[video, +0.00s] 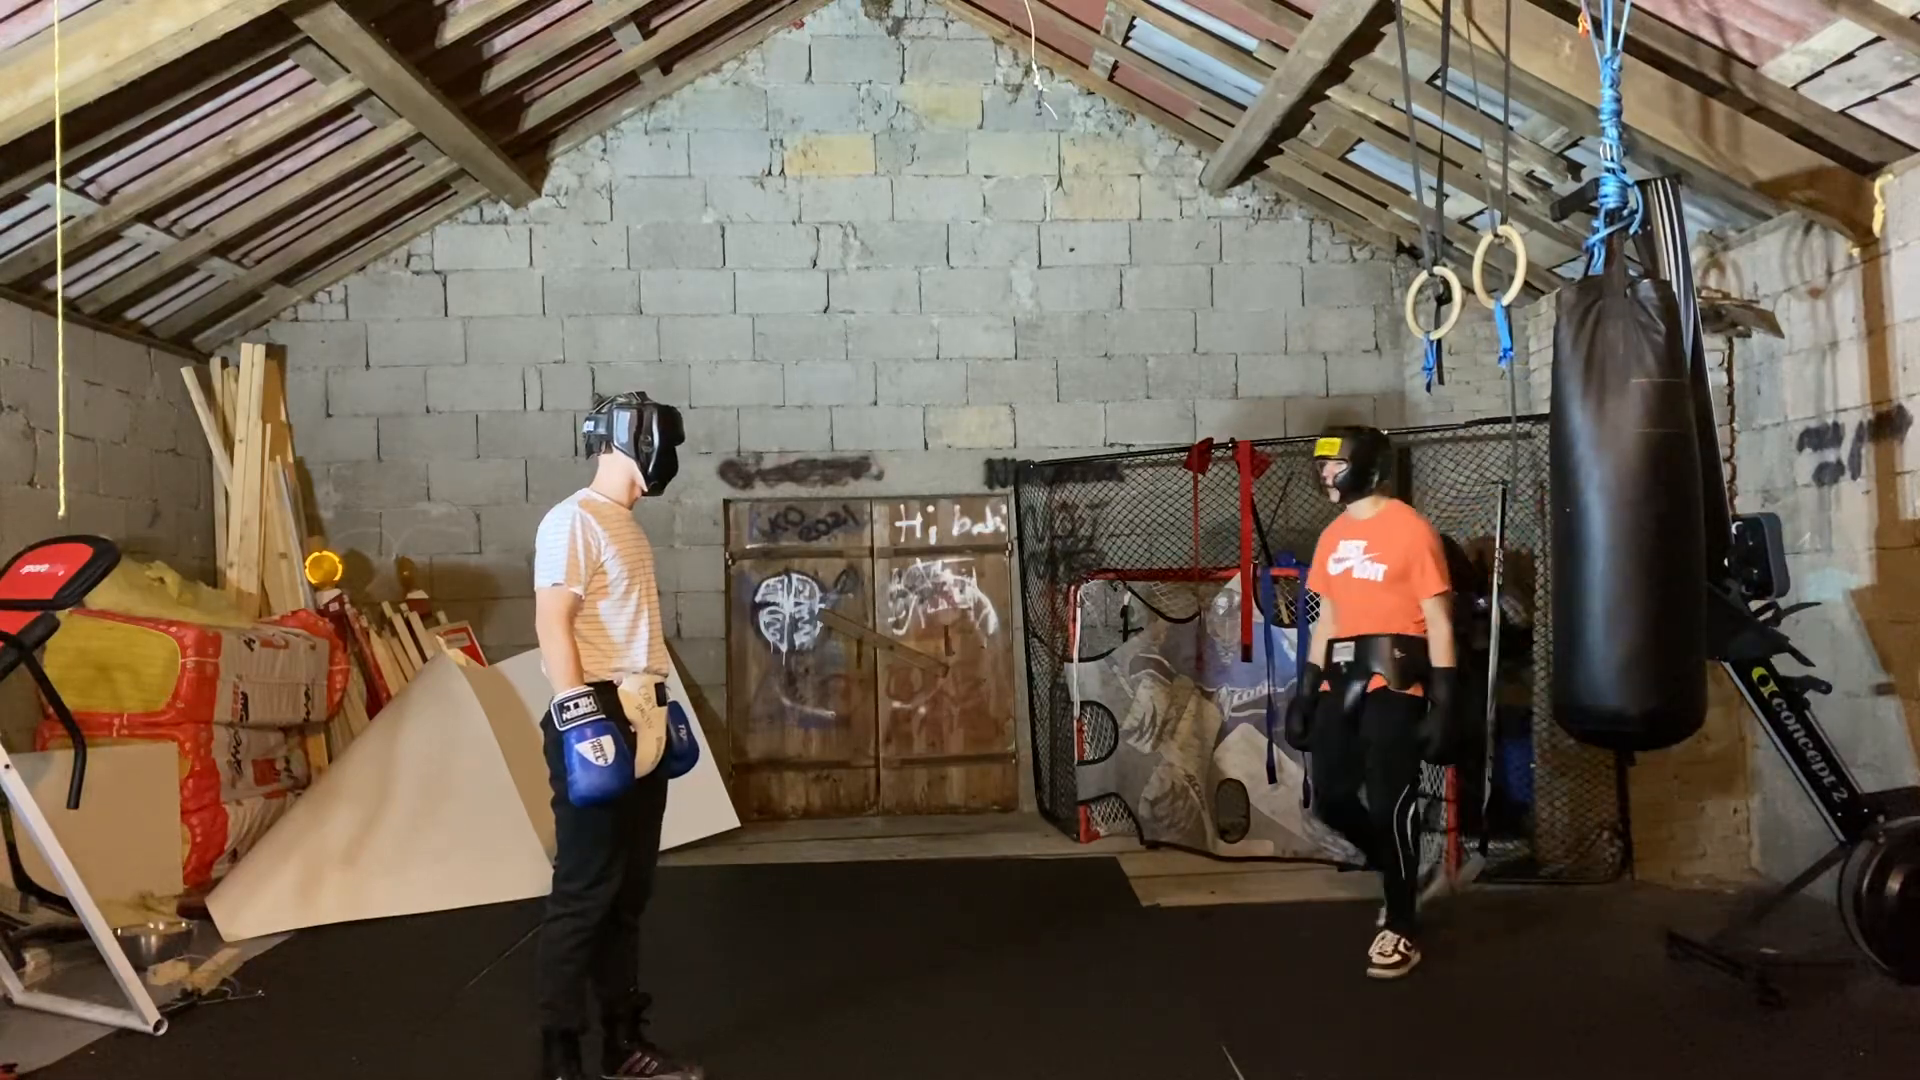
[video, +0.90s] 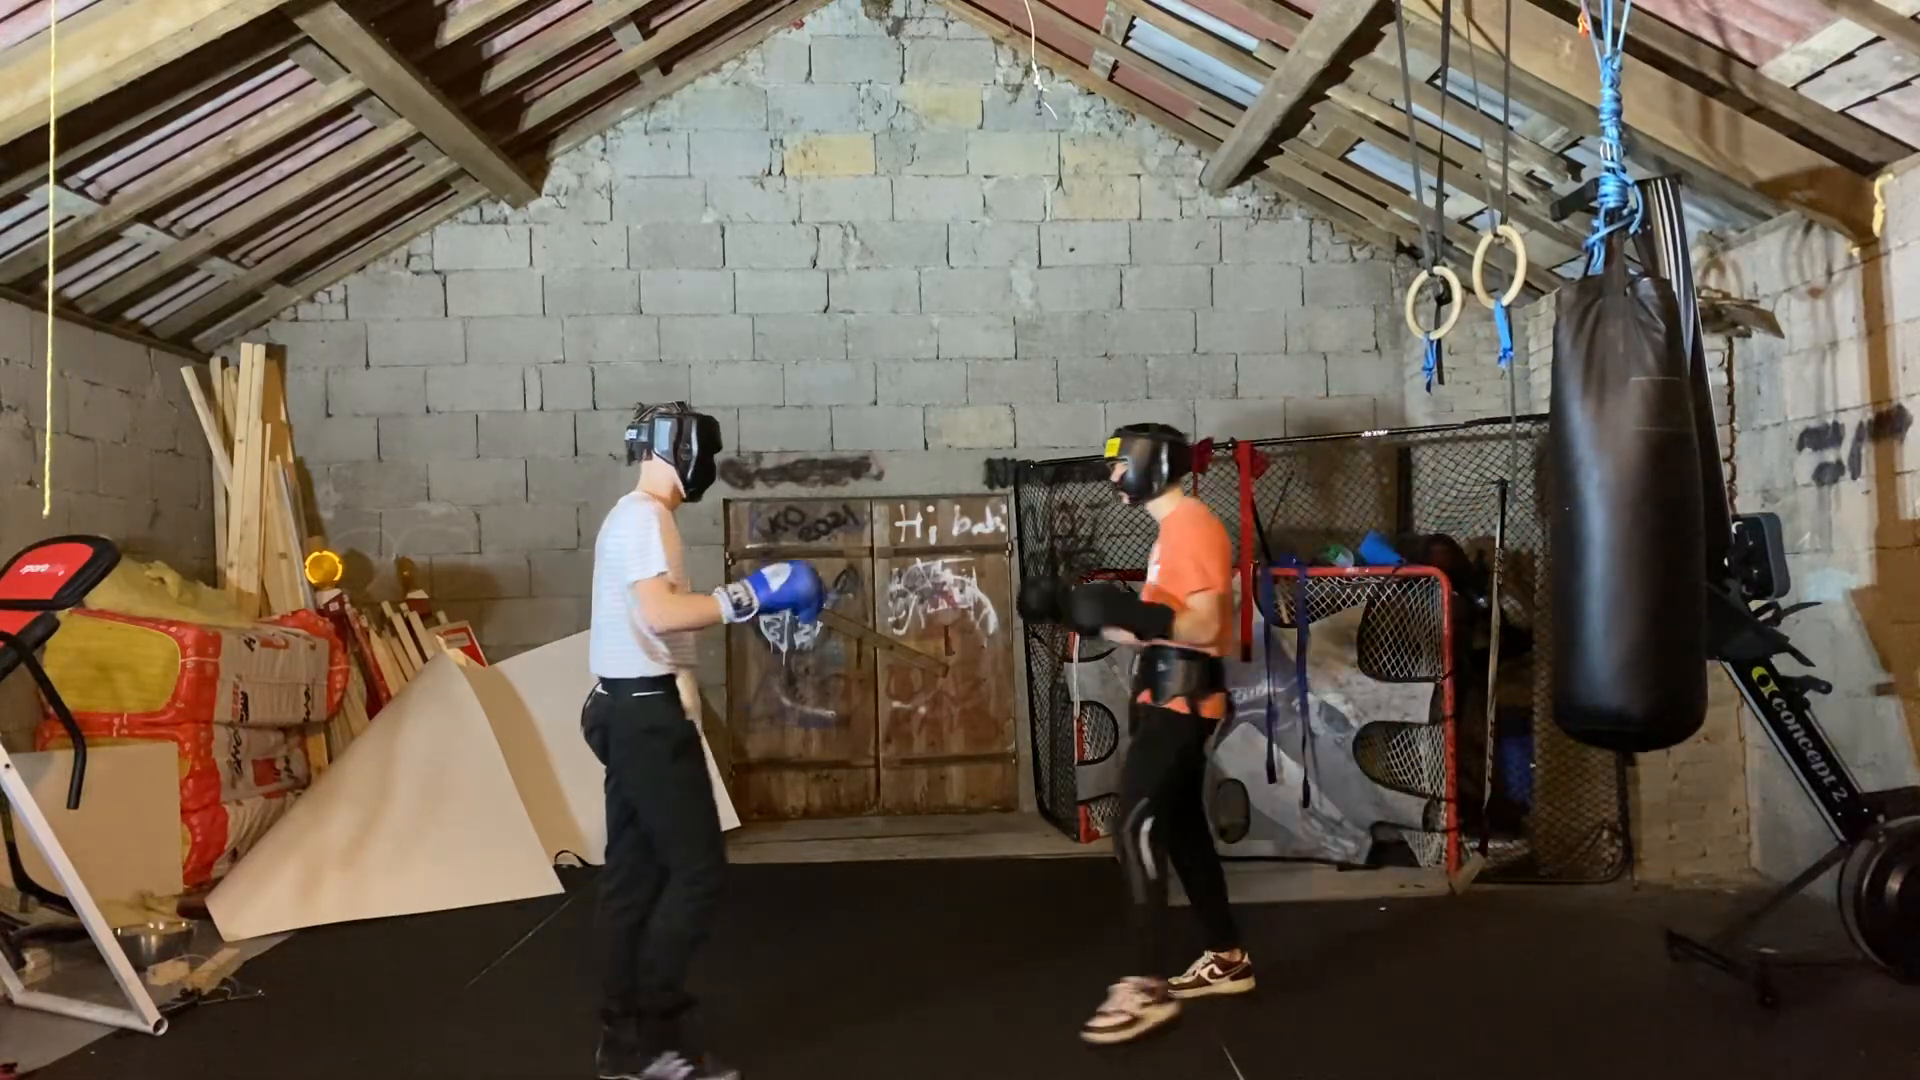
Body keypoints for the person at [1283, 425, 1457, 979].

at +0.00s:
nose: (1325, 472)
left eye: (1335, 461)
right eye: (1322, 462)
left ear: (1366, 463)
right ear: (1329, 470)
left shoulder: (1411, 528)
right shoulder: (1332, 534)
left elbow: (1438, 619)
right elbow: (1325, 617)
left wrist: (1444, 708)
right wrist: (1306, 689)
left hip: (1398, 681)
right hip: (1343, 681)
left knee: (1389, 806)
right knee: (1331, 800)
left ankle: (1398, 928)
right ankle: (1398, 868)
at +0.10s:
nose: (1306, 470)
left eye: (1316, 459)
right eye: (1305, 460)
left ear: (1348, 463)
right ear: (1314, 467)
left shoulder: (1391, 522)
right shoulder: (1316, 530)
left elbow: (1422, 609)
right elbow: (1316, 615)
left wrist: (1422, 699)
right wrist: (1308, 684)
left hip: (1383, 680)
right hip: (1327, 681)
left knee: (1386, 812)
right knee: (1303, 797)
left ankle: (1401, 930)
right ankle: (1354, 902)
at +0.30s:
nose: (1256, 478)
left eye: (1266, 467)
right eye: (1255, 468)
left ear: (1299, 471)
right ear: (1269, 474)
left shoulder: (1347, 527)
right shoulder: (1271, 543)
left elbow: (1381, 615)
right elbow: (1281, 625)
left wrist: (1370, 692)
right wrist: (1276, 691)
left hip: (1348, 683)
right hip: (1292, 690)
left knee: (1376, 816)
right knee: (1278, 819)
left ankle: (1397, 929)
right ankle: (1249, 937)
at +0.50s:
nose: (1194, 482)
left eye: (1203, 470)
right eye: (1193, 471)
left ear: (1237, 472)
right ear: (1218, 477)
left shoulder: (1289, 529)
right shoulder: (1220, 549)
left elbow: (1326, 619)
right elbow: (1222, 630)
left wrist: (1310, 695)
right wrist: (1214, 696)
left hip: (1288, 693)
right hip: (1232, 699)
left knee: (1314, 826)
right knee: (1219, 828)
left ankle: (1381, 915)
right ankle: (1230, 955)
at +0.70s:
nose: (1149, 477)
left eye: (1157, 465)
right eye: (1149, 467)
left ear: (1190, 466)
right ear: (1187, 469)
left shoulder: (1242, 524)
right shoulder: (1195, 536)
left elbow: (1275, 615)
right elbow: (1192, 626)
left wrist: (1235, 684)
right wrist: (1153, 683)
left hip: (1229, 682)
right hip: (1194, 682)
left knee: (1211, 822)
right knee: (1195, 823)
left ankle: (1289, 926)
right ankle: (1228, 953)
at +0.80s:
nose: (1134, 477)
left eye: (1141, 465)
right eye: (1133, 466)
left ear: (1170, 465)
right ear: (1176, 466)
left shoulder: (1215, 522)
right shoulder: (1185, 529)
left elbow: (1243, 621)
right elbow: (1178, 627)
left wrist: (1177, 658)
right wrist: (1108, 653)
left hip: (1206, 704)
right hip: (1183, 702)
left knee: (1173, 825)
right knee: (1186, 826)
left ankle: (1227, 959)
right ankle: (1219, 954)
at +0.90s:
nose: (1118, 483)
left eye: (1124, 471)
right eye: (1118, 472)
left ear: (1153, 469)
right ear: (1162, 469)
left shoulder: (1193, 527)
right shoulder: (1176, 529)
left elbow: (1208, 627)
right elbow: (1163, 622)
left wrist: (1128, 615)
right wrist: (1091, 611)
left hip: (1183, 701)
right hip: (1173, 698)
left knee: (1136, 824)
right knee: (1185, 827)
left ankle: (1146, 983)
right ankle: (1226, 954)